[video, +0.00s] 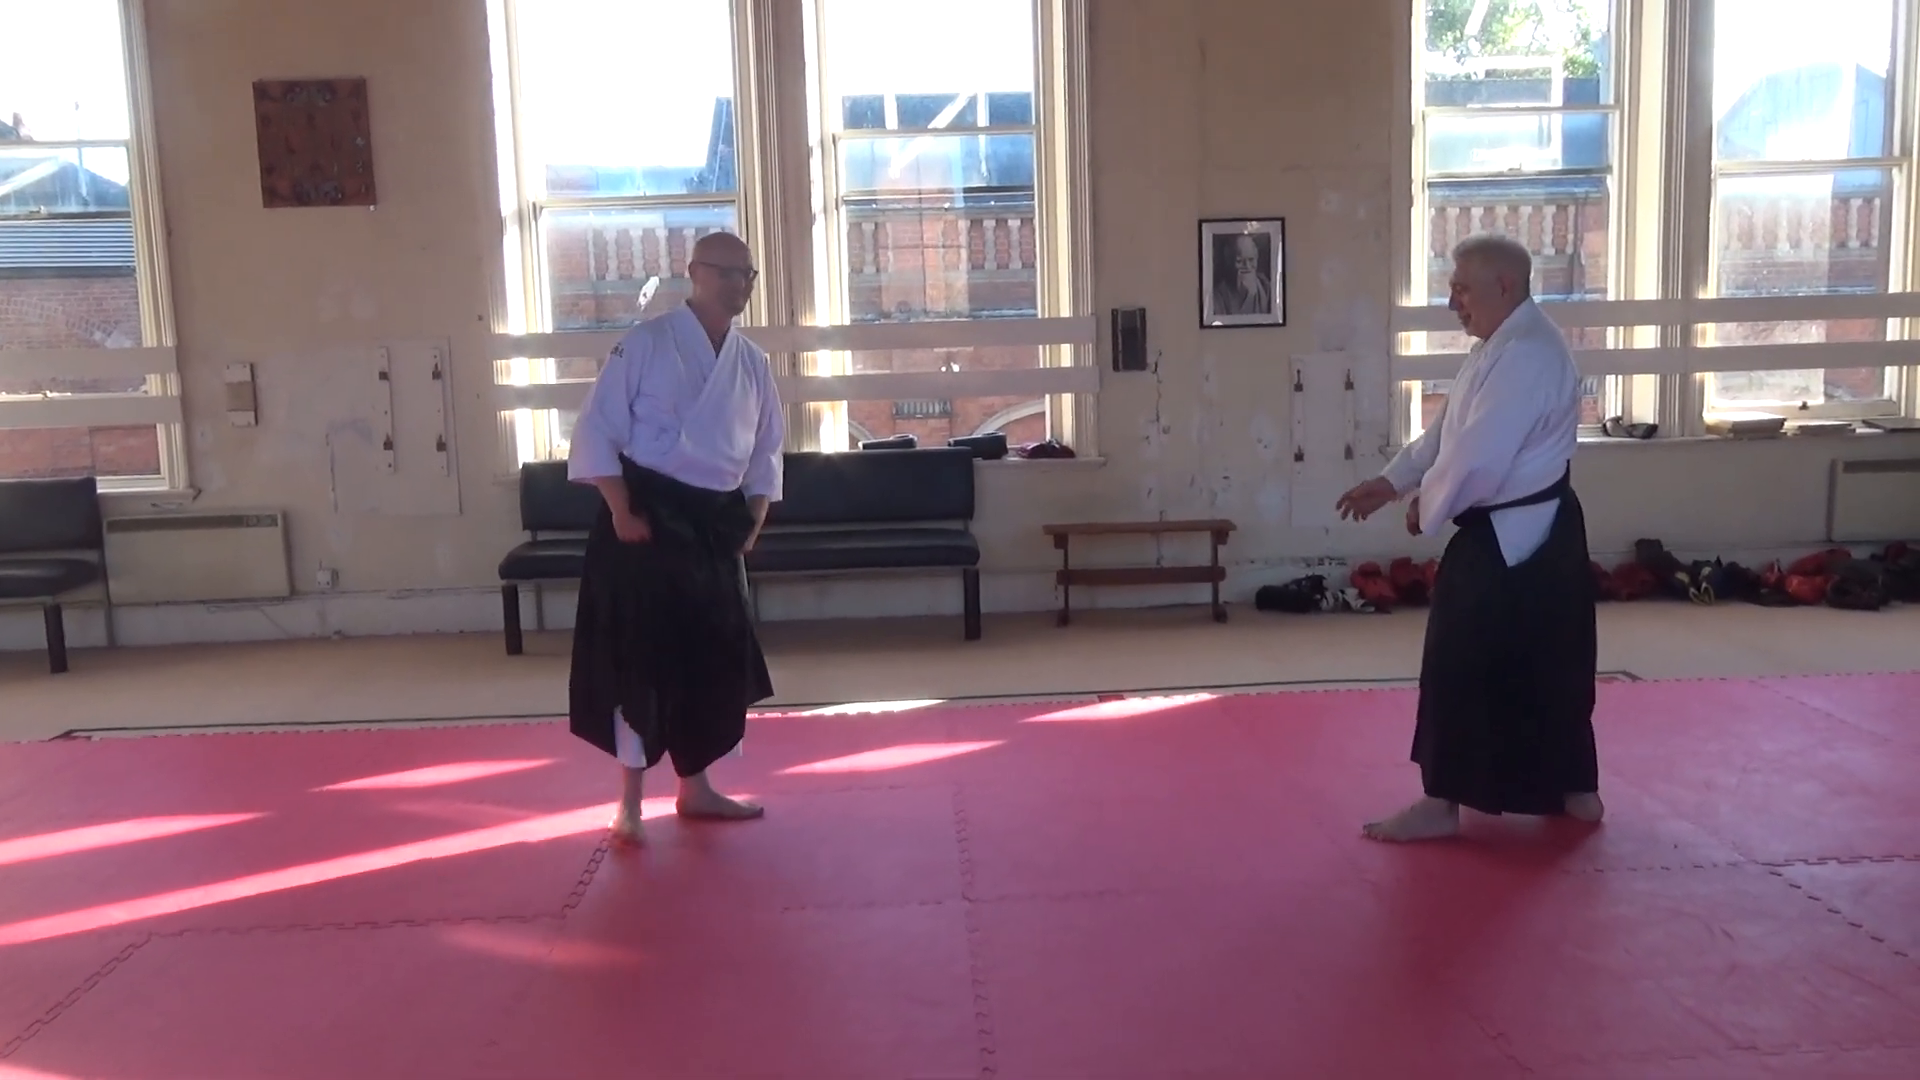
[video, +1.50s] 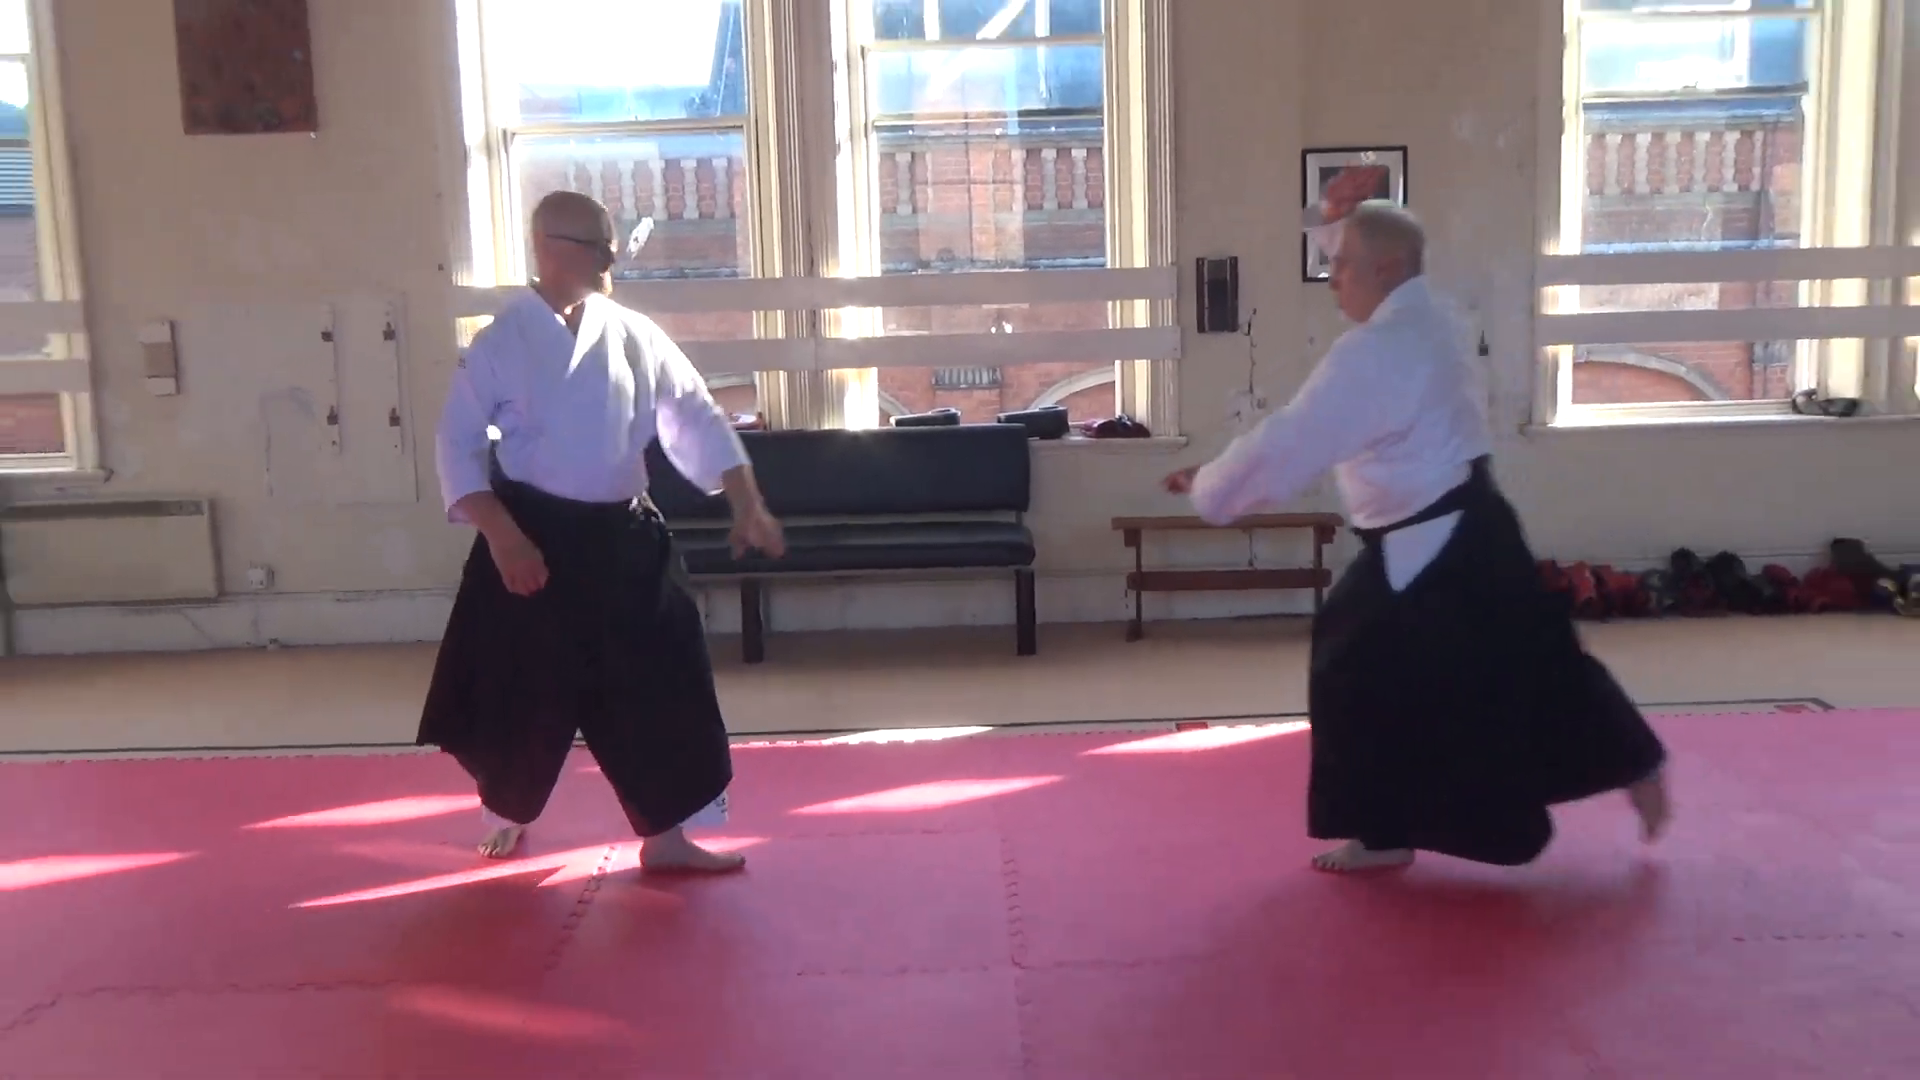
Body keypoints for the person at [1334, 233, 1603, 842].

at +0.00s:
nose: (1452, 298)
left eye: (1462, 287)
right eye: (1453, 287)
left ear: (1504, 286)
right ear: (1502, 287)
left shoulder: (1524, 354)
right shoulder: (1499, 347)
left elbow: (1476, 458)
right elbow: (1446, 431)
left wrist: (1427, 508)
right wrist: (1389, 480)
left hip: (1506, 532)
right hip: (1535, 524)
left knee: (1453, 665)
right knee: (1552, 660)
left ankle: (1439, 803)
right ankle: (1577, 791)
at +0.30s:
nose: (1542, 263)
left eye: (1553, 248)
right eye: (1541, 248)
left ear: (1602, 247)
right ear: (1602, 249)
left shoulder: (1623, 323)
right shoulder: (1599, 312)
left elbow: (1554, 440)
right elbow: (1527, 396)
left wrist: (1492, 485)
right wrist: (1447, 452)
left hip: (1603, 530)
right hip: (1636, 521)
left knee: (1542, 681)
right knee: (1657, 682)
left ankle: (1525, 850)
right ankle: (1686, 836)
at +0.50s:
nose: (1647, 215)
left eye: (1660, 199)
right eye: (1646, 199)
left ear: (1715, 197)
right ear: (1711, 199)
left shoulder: (1736, 287)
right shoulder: (1711, 273)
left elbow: (1648, 421)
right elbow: (1623, 366)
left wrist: (1582, 464)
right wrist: (1528, 427)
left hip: (1709, 526)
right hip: (1747, 516)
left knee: (1638, 703)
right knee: (1770, 704)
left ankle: (1615, 894)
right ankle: (1801, 879)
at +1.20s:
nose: (1583, 232)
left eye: (1595, 216)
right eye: (1583, 215)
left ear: (1646, 219)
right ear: (1656, 221)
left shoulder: (1645, 307)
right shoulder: (1697, 279)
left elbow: (1566, 423)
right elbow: (1581, 351)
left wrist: (1511, 478)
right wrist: (1486, 313)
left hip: (1661, 531)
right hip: (1727, 515)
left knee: (1548, 665)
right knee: (1767, 690)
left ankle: (1507, 856)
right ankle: (1830, 861)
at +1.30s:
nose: (1526, 242)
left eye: (1537, 226)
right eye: (1527, 225)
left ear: (1588, 231)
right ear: (1599, 229)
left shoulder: (1585, 317)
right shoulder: (1637, 286)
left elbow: (1504, 420)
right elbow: (1538, 324)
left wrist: (1423, 475)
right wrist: (1470, 259)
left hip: (1618, 534)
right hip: (1681, 516)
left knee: (1498, 666)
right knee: (1744, 691)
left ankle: (1446, 853)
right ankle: (1830, 855)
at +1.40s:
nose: (1441, 254)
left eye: (1455, 237)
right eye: (1440, 238)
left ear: (1505, 243)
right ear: (1512, 241)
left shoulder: (1489, 338)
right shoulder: (1552, 294)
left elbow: (1395, 430)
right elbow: (1465, 291)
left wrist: (1310, 472)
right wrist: (1422, 221)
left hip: (1536, 542)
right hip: (1599, 519)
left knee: (1429, 666)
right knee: (1681, 678)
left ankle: (1424, 853)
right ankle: (1791, 828)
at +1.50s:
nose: (1333, 279)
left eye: (1342, 267)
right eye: (1333, 266)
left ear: (1381, 270)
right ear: (1397, 270)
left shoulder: (1374, 351)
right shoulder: (1434, 315)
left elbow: (1293, 437)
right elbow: (1356, 271)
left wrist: (1210, 483)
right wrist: (1333, 221)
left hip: (1425, 542)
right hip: (1471, 522)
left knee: (1349, 671)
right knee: (1541, 658)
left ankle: (1382, 832)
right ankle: (1634, 761)